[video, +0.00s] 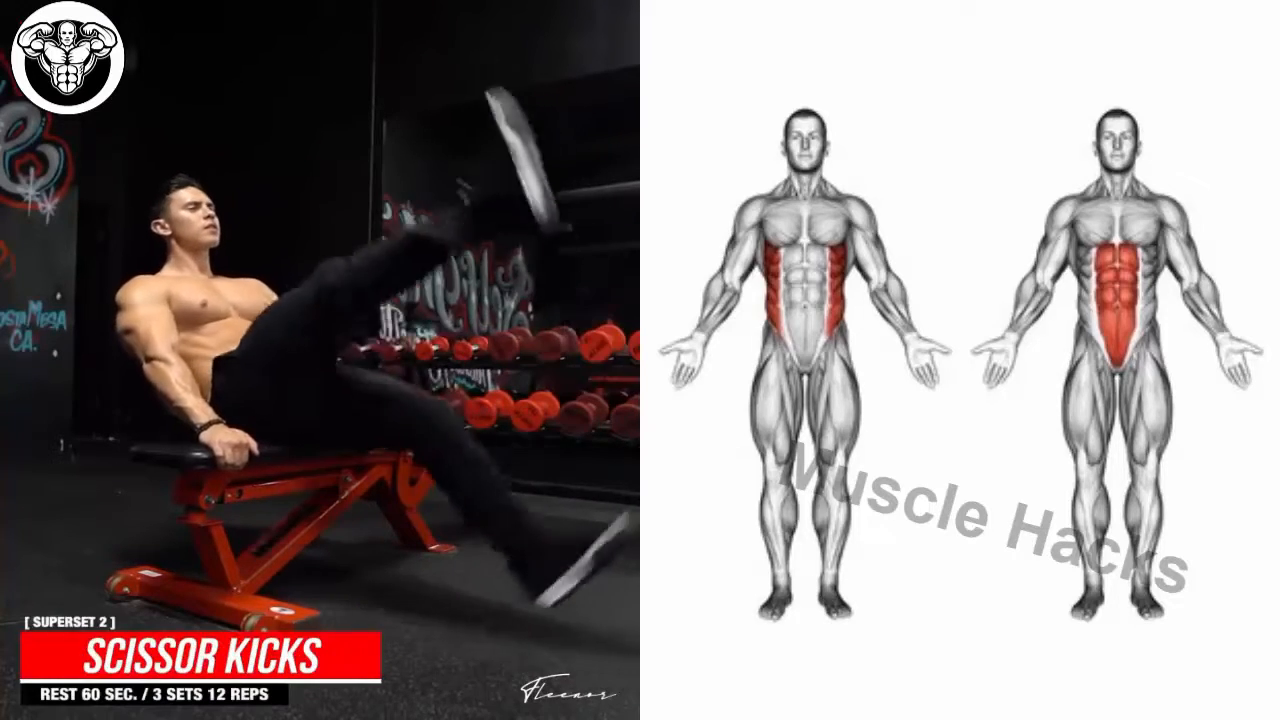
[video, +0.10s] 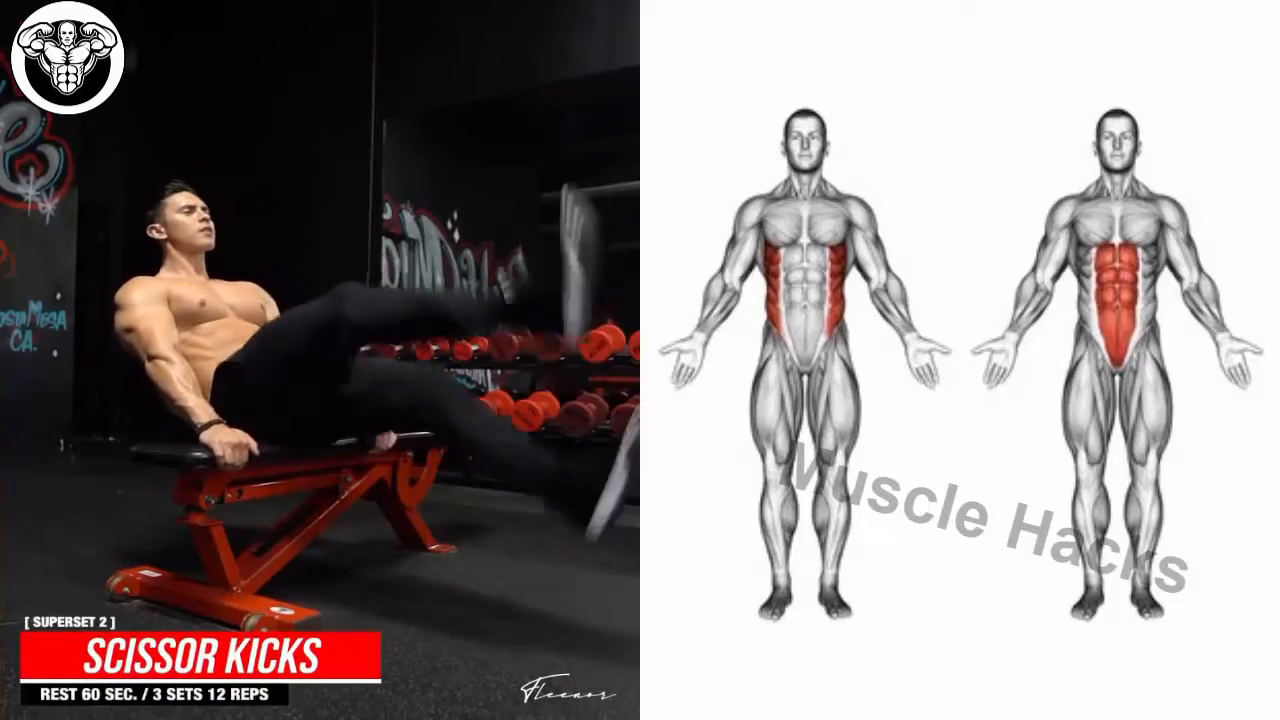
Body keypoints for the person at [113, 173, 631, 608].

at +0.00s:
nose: (208, 213)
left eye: (209, 206)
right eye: (192, 207)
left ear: (213, 225)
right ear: (162, 227)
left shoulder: (253, 289)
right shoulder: (144, 290)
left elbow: (306, 340)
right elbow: (160, 362)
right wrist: (208, 424)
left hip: (311, 397)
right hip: (245, 395)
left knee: (435, 422)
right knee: (329, 290)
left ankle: (540, 567)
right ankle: (500, 215)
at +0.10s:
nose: (203, 218)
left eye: (205, 211)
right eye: (188, 212)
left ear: (208, 228)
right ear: (158, 232)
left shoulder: (250, 292)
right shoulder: (141, 292)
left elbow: (303, 356)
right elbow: (161, 361)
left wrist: (359, 415)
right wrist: (208, 425)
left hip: (303, 391)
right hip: (240, 394)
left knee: (436, 389)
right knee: (341, 307)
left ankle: (574, 486)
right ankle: (503, 311)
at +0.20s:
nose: (202, 221)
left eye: (203, 213)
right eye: (186, 215)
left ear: (207, 229)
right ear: (158, 234)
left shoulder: (248, 293)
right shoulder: (141, 292)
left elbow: (302, 356)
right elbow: (164, 361)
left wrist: (355, 415)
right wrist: (211, 423)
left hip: (298, 390)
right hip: (244, 400)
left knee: (422, 337)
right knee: (375, 347)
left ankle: (566, 374)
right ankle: (531, 427)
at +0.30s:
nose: (204, 219)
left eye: (205, 212)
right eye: (188, 213)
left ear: (210, 229)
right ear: (160, 233)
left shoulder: (250, 293)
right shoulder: (143, 292)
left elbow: (314, 357)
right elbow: (163, 361)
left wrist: (371, 387)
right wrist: (209, 424)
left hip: (301, 384)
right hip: (246, 398)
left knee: (387, 309)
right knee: (380, 405)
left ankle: (553, 276)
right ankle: (533, 532)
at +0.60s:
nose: (212, 214)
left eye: (213, 206)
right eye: (197, 207)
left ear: (215, 224)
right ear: (166, 226)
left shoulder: (252, 290)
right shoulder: (148, 286)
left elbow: (309, 354)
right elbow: (164, 355)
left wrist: (373, 393)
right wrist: (208, 425)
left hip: (295, 378)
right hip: (243, 393)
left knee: (385, 306)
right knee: (376, 395)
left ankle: (544, 279)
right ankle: (532, 503)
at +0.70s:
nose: (205, 215)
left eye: (206, 208)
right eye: (190, 209)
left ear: (212, 225)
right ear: (161, 229)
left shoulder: (252, 289)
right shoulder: (146, 288)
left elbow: (305, 355)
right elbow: (167, 359)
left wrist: (358, 415)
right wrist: (209, 423)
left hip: (296, 394)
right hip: (241, 402)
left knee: (410, 343)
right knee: (372, 346)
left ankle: (568, 382)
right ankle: (549, 379)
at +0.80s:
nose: (205, 215)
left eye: (205, 209)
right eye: (189, 210)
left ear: (208, 226)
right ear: (159, 230)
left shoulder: (253, 287)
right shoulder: (145, 290)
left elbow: (302, 351)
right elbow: (165, 362)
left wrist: (344, 408)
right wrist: (208, 426)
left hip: (301, 394)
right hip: (241, 396)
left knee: (434, 394)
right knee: (346, 301)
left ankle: (569, 513)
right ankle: (515, 264)